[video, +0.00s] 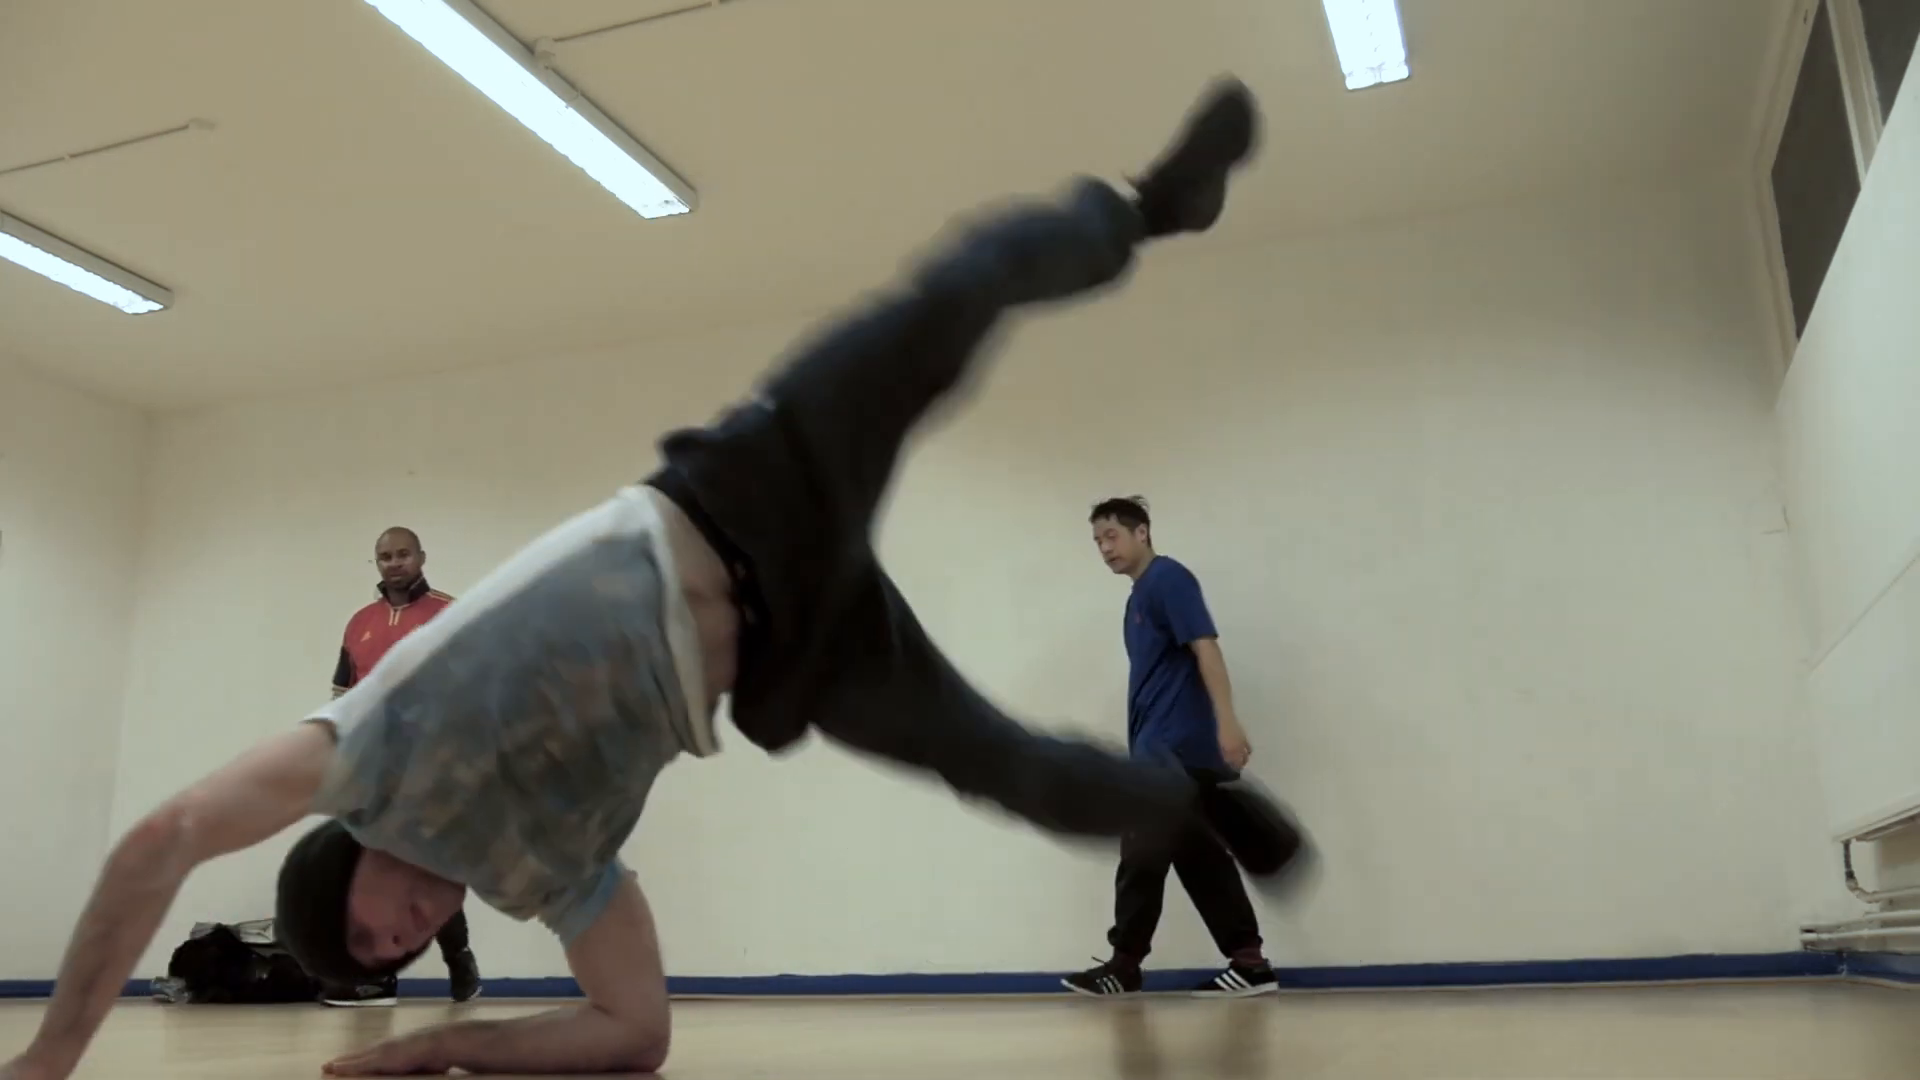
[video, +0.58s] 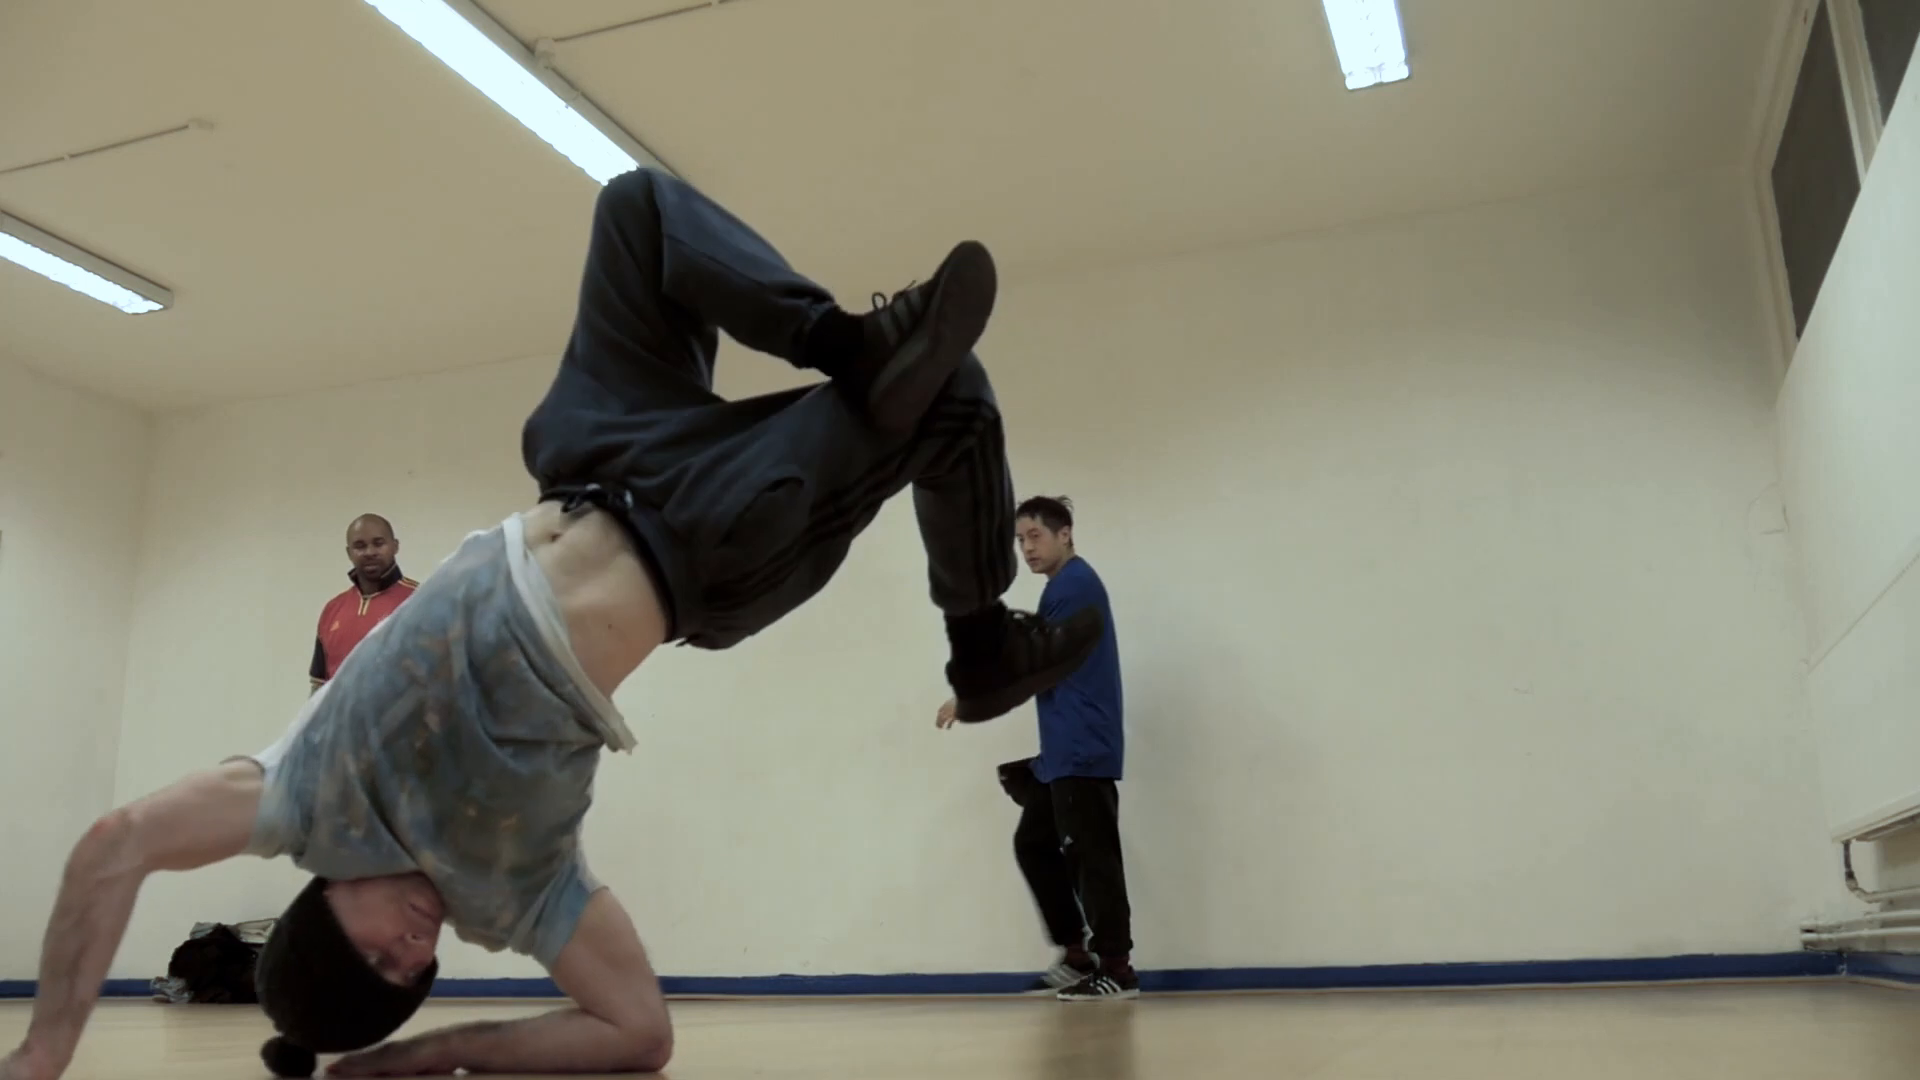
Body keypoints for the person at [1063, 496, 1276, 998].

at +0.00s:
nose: (1105, 547)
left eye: (1112, 536)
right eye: (1099, 541)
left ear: (1142, 533)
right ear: (1100, 547)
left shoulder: (1168, 579)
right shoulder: (1139, 594)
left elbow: (1206, 649)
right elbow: (1156, 673)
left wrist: (1228, 726)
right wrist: (1145, 744)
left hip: (1176, 747)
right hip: (1159, 749)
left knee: (1142, 852)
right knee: (1200, 853)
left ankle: (1125, 967)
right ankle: (1250, 962)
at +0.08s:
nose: (1093, 548)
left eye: (1100, 536)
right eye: (1088, 541)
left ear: (1130, 534)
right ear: (1093, 546)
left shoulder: (1152, 583)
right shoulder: (1132, 592)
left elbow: (1185, 662)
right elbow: (1144, 675)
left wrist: (1199, 733)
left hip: (1156, 754)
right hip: (1154, 755)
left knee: (1137, 862)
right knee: (1195, 860)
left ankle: (1120, 970)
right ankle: (1249, 961)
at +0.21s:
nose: (1076, 545)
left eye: (1084, 534)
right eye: (1070, 538)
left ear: (1113, 533)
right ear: (1072, 543)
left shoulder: (1128, 581)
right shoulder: (1119, 587)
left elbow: (1137, 660)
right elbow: (1119, 683)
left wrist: (1129, 734)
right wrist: (1106, 766)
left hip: (1132, 748)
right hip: (1143, 748)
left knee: (1118, 860)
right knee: (1165, 855)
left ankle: (1117, 970)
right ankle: (1238, 952)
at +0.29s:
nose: (1066, 545)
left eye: (1074, 534)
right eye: (1061, 537)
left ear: (1104, 533)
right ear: (1067, 543)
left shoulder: (1116, 581)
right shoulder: (1110, 585)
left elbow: (1107, 664)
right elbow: (1104, 674)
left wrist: (1073, 739)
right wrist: (1081, 763)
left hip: (1121, 750)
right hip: (1129, 750)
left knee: (1110, 860)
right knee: (1131, 856)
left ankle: (1116, 971)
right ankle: (1218, 939)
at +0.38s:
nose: (1056, 545)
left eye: (1064, 534)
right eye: (1051, 537)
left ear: (1094, 533)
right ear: (1054, 541)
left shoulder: (1104, 583)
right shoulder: (1098, 584)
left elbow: (1081, 666)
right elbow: (1095, 680)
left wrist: (1024, 725)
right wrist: (1070, 741)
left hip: (1109, 750)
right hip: (1100, 750)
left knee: (1102, 857)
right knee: (1104, 856)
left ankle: (1115, 972)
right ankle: (1190, 925)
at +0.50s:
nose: (1039, 544)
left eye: (1048, 533)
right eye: (1035, 536)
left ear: (1078, 533)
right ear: (1038, 539)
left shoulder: (1087, 583)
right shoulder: (1077, 585)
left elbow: (1049, 662)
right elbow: (1085, 689)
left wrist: (983, 702)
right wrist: (1054, 751)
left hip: (1092, 747)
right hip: (1075, 749)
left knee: (1099, 857)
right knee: (1051, 846)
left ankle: (1117, 969)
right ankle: (1126, 934)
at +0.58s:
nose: (1026, 547)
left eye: (1035, 536)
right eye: (1021, 539)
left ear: (1064, 535)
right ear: (1023, 543)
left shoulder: (1076, 587)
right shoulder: (1061, 589)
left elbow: (1042, 671)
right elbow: (1064, 686)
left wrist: (968, 706)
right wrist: (1044, 761)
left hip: (1086, 751)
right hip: (1063, 751)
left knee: (1093, 855)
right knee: (1034, 844)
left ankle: (1115, 969)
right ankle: (1078, 956)